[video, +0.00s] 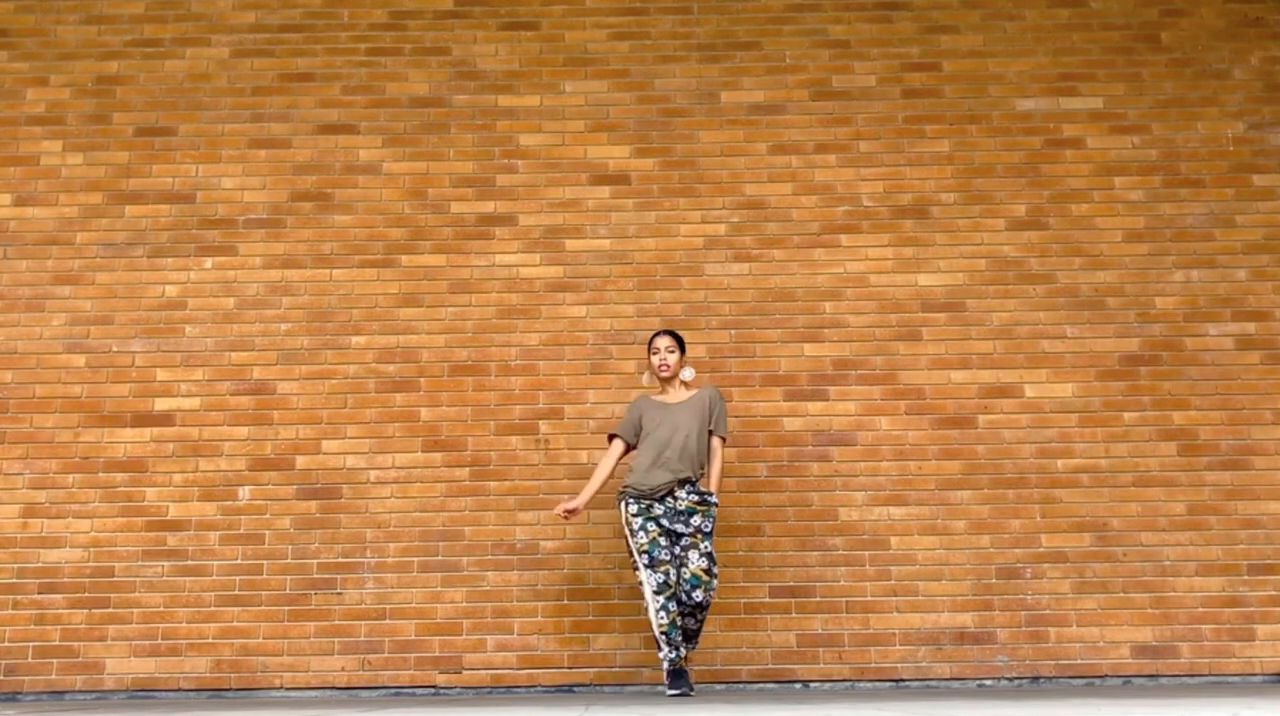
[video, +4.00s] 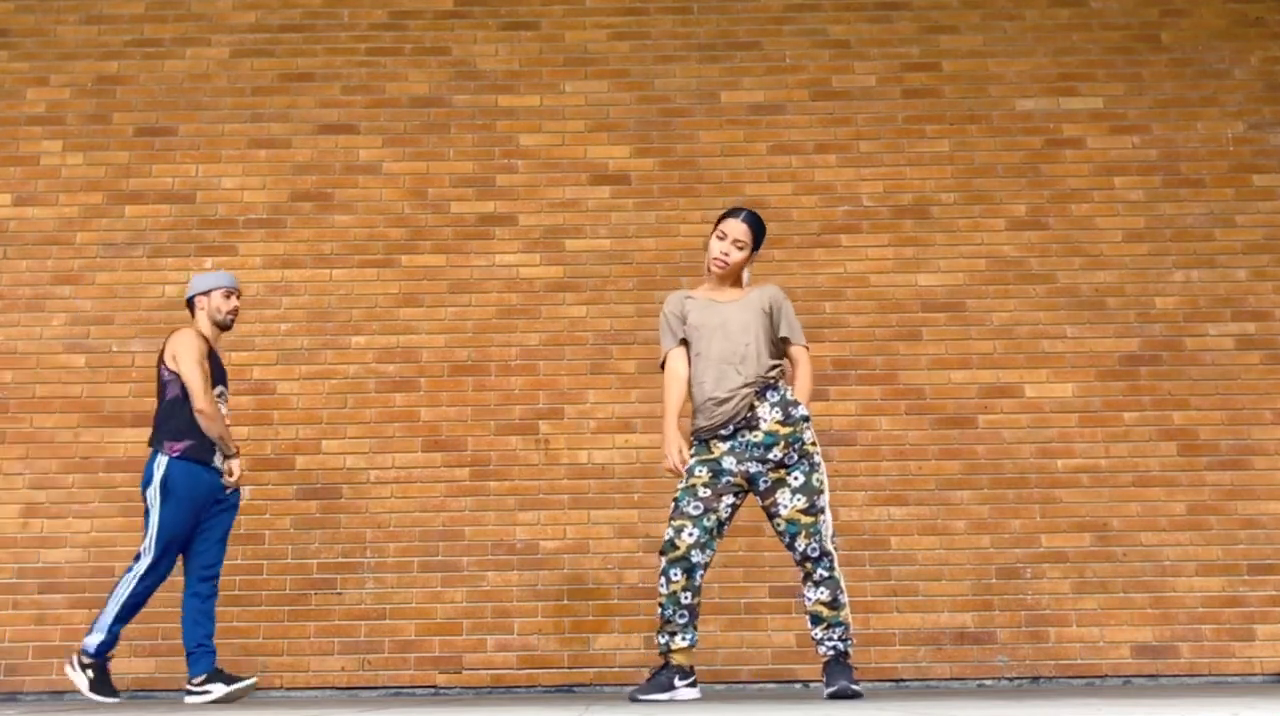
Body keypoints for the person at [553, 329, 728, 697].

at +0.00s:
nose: (662, 358)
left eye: (669, 351)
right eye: (656, 353)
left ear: (682, 358)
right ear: (649, 360)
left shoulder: (707, 397)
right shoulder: (641, 405)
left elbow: (716, 451)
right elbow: (613, 454)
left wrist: (710, 497)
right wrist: (582, 500)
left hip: (690, 501)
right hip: (643, 503)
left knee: (698, 583)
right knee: (659, 581)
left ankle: (680, 654)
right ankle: (675, 667)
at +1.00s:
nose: (698, 292)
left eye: (707, 284)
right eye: (692, 289)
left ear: (729, 293)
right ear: (689, 304)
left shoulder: (758, 346)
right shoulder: (681, 348)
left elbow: (773, 407)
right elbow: (649, 400)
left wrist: (774, 453)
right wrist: (609, 446)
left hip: (757, 463)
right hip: (706, 465)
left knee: (753, 556)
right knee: (730, 549)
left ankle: (728, 660)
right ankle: (757, 655)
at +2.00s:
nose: (731, 228)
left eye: (739, 222)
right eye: (721, 224)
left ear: (753, 237)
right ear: (708, 242)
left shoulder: (776, 300)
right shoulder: (694, 290)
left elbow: (788, 370)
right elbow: (688, 363)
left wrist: (793, 423)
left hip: (775, 427)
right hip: (716, 428)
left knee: (773, 540)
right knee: (711, 534)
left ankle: (770, 661)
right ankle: (700, 648)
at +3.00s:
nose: (698, 238)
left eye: (709, 229)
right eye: (695, 231)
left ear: (738, 236)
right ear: (694, 240)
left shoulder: (769, 299)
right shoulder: (682, 295)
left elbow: (774, 368)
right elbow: (666, 355)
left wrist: (787, 390)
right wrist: (653, 381)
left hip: (768, 433)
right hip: (704, 438)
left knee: (804, 541)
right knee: (671, 542)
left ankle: (835, 659)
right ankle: (655, 655)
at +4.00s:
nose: (725, 249)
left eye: (738, 246)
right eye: (722, 238)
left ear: (750, 257)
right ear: (709, 238)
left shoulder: (769, 299)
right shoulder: (679, 305)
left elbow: (801, 360)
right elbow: (676, 370)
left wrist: (796, 414)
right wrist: (670, 430)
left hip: (774, 432)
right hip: (712, 443)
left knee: (811, 543)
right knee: (681, 546)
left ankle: (836, 661)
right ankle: (677, 667)